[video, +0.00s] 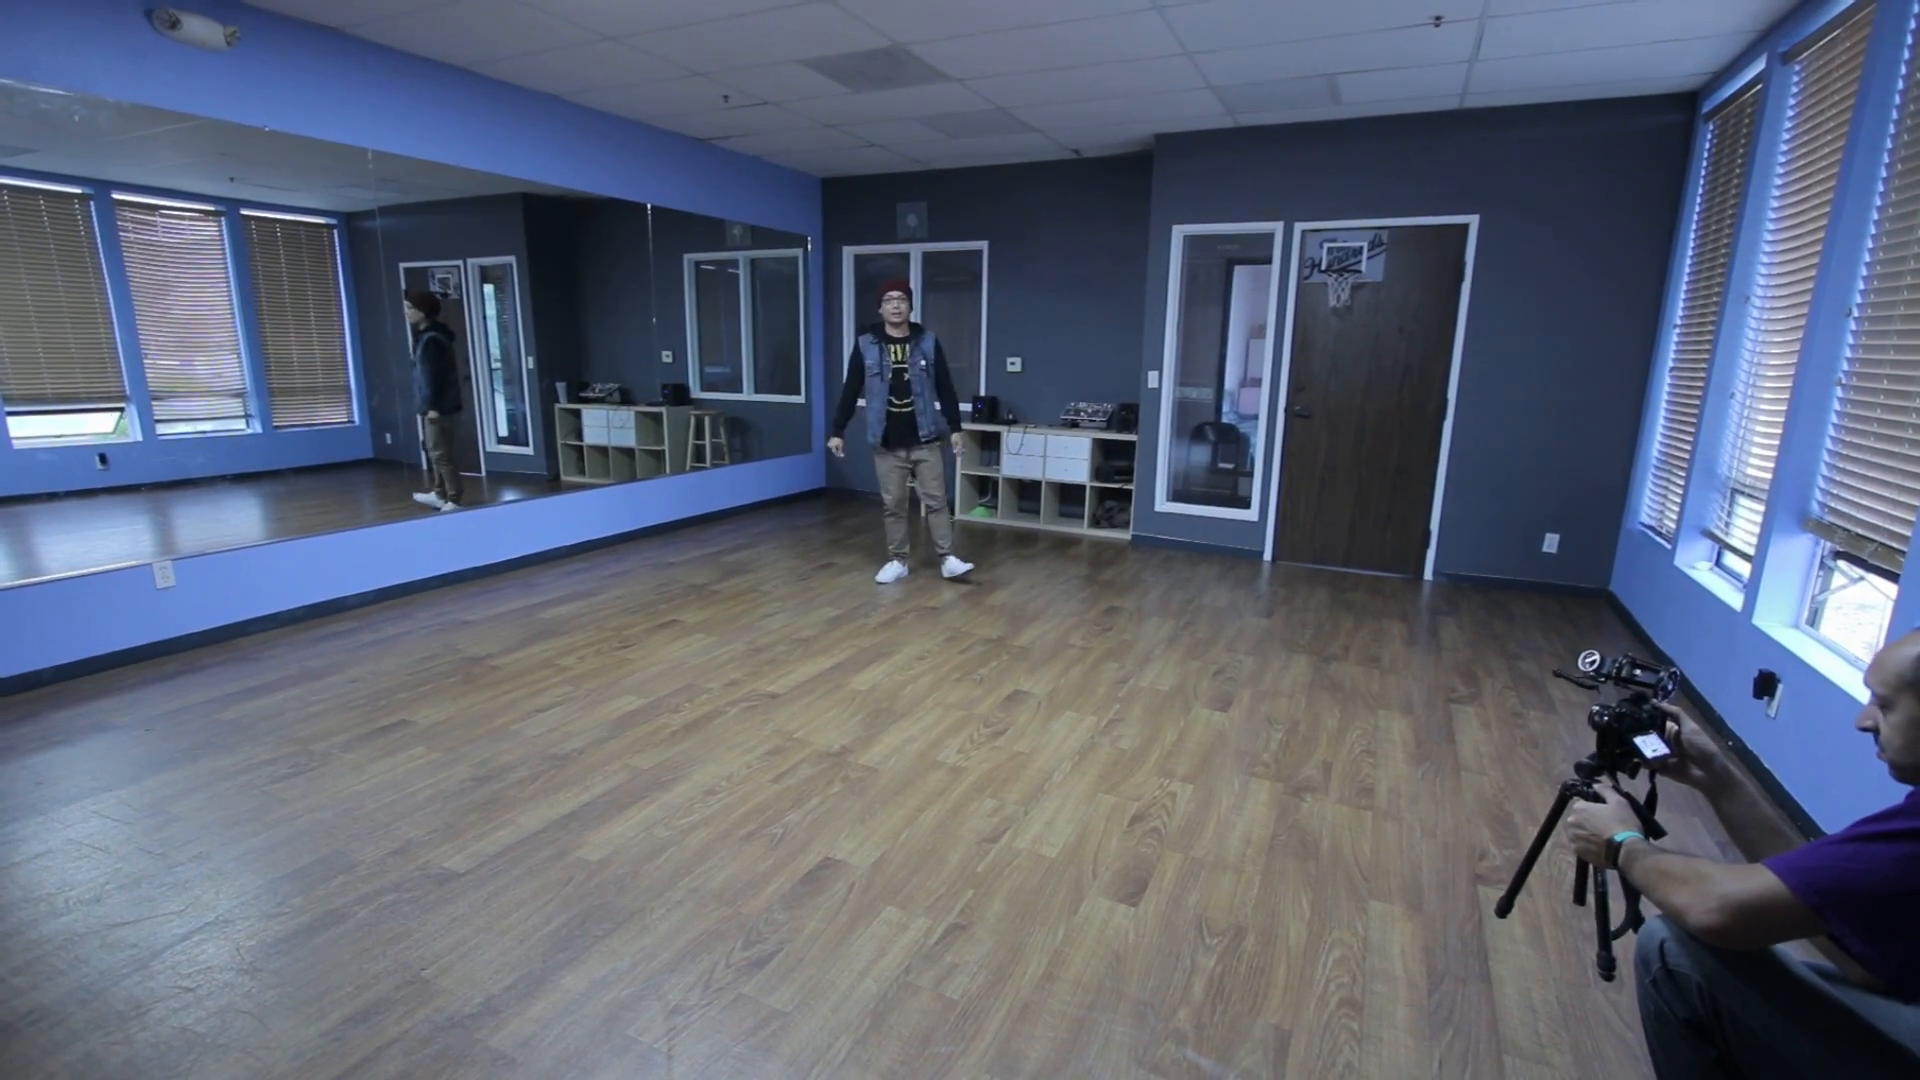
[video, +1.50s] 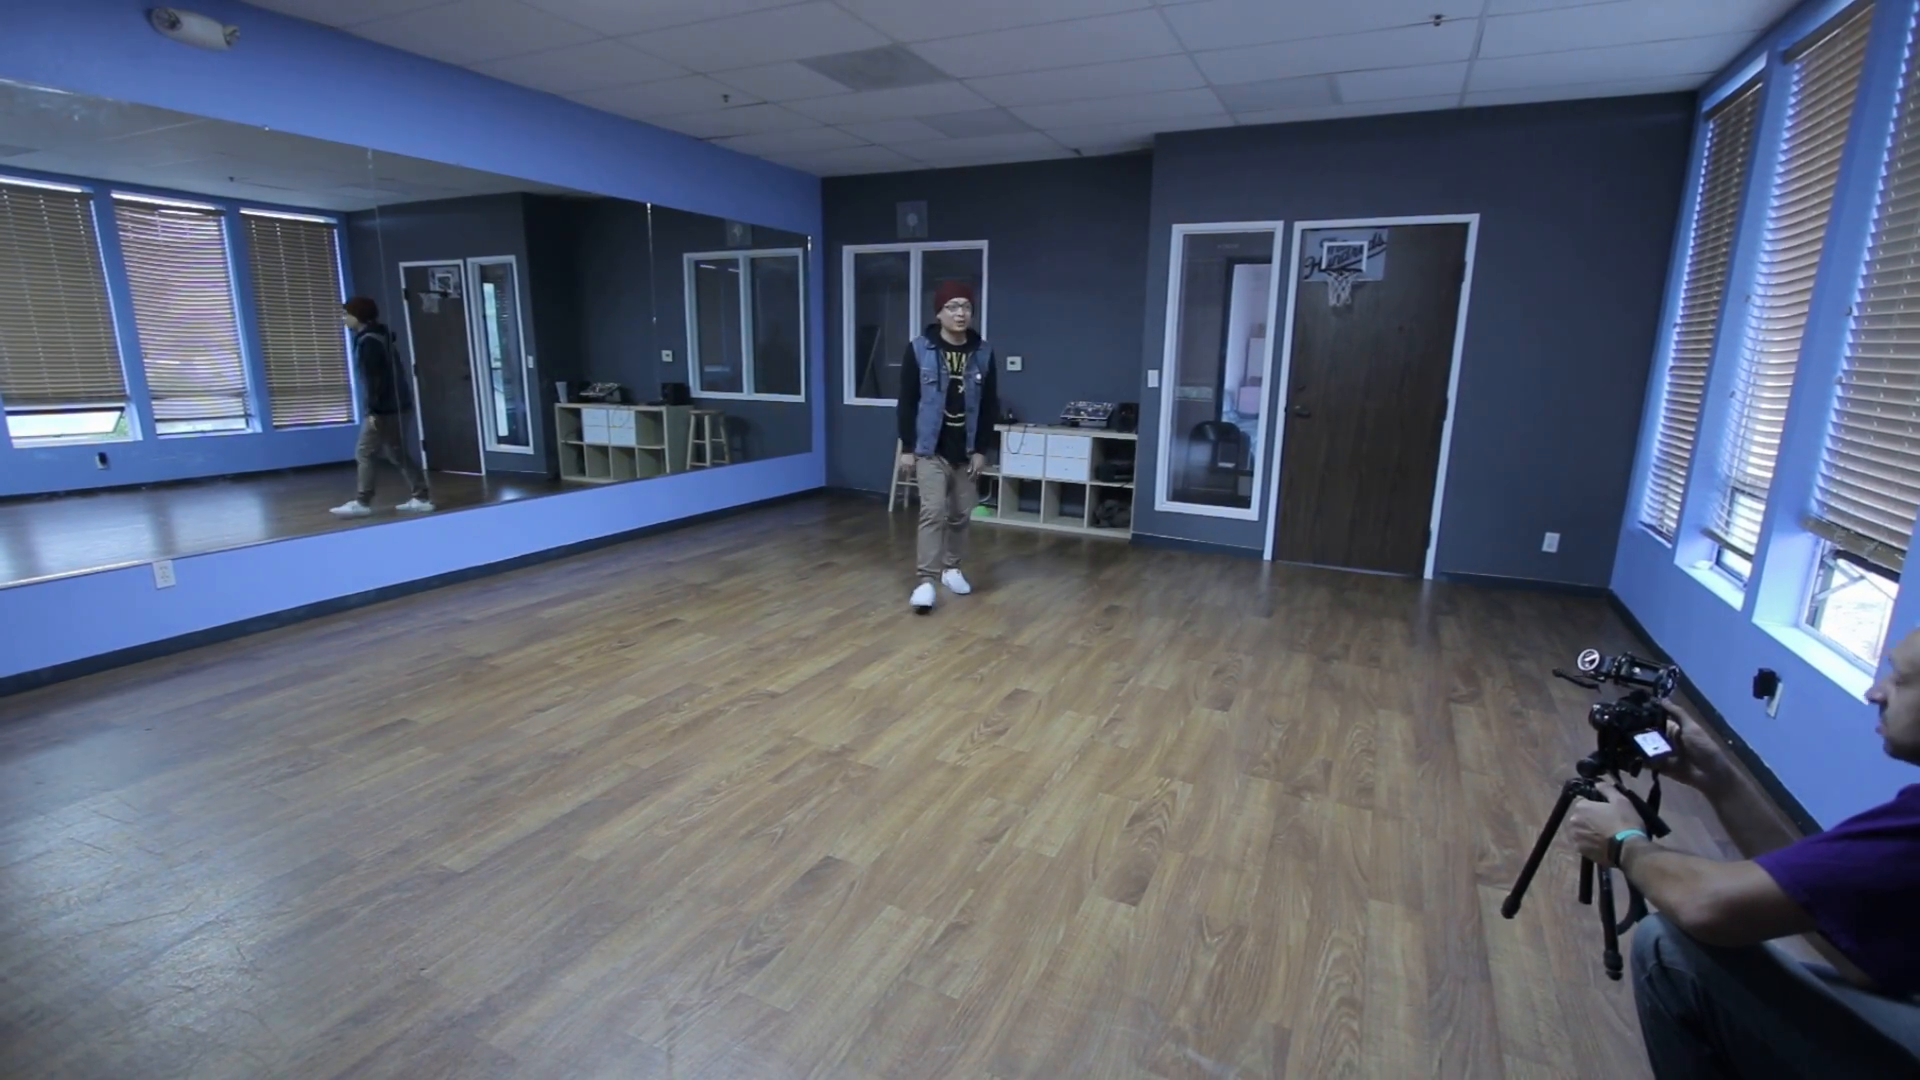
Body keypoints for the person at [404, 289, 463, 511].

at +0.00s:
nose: (407, 313)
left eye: (410, 309)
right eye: (406, 309)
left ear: (423, 312)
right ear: (423, 312)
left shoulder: (432, 340)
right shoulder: (426, 337)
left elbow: (433, 376)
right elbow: (428, 375)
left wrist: (432, 406)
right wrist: (425, 404)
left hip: (439, 406)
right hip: (433, 404)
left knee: (439, 452)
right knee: (433, 451)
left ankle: (453, 497)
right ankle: (438, 491)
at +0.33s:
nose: (400, 313)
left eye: (405, 309)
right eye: (401, 308)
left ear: (417, 314)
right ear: (420, 315)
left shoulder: (422, 341)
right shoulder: (429, 335)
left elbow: (409, 375)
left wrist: (390, 403)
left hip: (435, 406)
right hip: (433, 404)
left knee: (433, 455)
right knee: (411, 437)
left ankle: (451, 499)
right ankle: (428, 488)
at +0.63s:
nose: (384, 312)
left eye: (389, 308)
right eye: (385, 308)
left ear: (400, 313)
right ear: (404, 313)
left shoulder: (403, 338)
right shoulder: (412, 333)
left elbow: (396, 372)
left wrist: (383, 391)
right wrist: (390, 389)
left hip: (423, 402)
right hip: (416, 402)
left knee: (433, 452)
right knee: (415, 452)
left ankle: (453, 498)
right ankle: (422, 498)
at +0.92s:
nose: (367, 321)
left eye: (371, 317)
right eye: (368, 316)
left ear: (382, 318)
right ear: (385, 319)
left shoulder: (391, 343)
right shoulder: (398, 339)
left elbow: (392, 381)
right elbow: (397, 380)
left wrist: (386, 410)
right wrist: (389, 409)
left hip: (409, 407)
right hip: (403, 407)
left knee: (414, 453)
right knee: (398, 454)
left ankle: (436, 499)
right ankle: (419, 496)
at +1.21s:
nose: (355, 317)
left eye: (358, 312)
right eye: (355, 312)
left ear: (371, 314)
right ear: (370, 314)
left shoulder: (383, 337)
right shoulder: (377, 336)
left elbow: (392, 371)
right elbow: (383, 375)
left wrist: (397, 401)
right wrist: (380, 403)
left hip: (397, 404)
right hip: (404, 403)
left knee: (392, 451)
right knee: (411, 452)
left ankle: (400, 497)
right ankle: (422, 497)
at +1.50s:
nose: (344, 319)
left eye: (347, 315)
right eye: (344, 315)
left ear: (359, 317)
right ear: (366, 316)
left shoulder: (368, 340)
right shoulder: (380, 335)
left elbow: (375, 377)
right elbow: (382, 376)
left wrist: (373, 411)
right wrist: (380, 406)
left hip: (381, 409)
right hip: (392, 406)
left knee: (364, 452)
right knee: (397, 452)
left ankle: (363, 501)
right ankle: (421, 496)